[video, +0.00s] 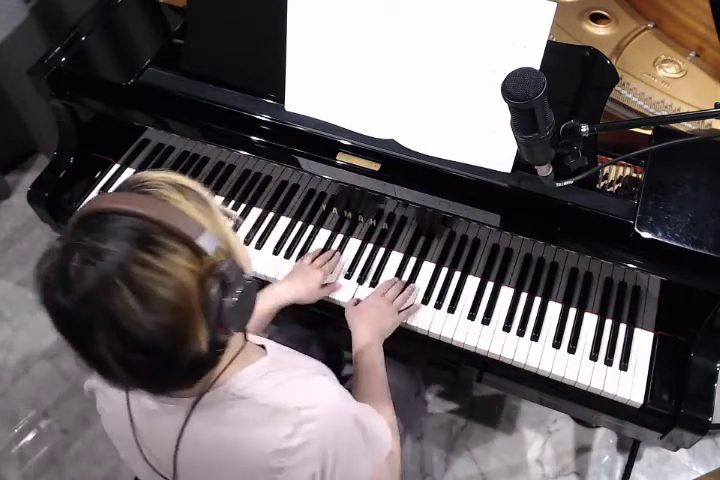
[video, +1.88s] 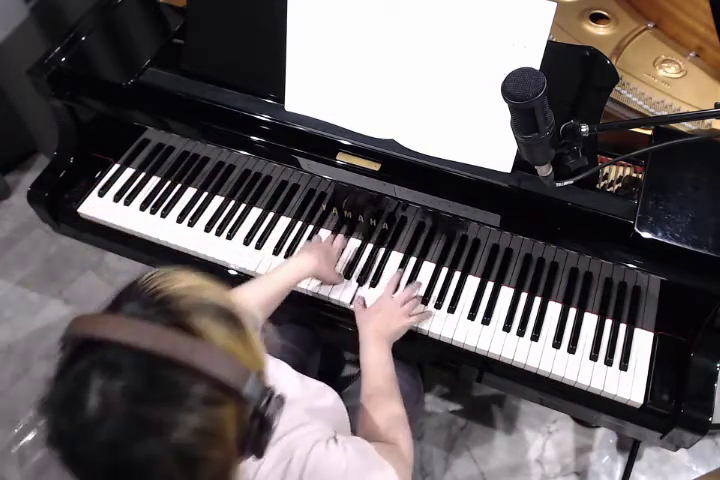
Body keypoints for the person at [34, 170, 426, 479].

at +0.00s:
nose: (229, 224)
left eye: (216, 219)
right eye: (220, 226)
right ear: (220, 293)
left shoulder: (110, 376)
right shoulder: (308, 414)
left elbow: (204, 339)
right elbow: (384, 461)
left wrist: (280, 294)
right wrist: (368, 345)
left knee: (307, 319)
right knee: (393, 361)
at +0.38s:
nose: (185, 232)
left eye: (172, 230)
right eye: (174, 238)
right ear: (172, 315)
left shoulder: (93, 376)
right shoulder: (280, 426)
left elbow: (191, 350)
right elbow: (385, 467)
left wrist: (287, 301)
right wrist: (374, 356)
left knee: (304, 320)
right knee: (398, 376)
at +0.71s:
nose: (160, 263)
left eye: (146, 262)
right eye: (148, 271)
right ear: (147, 355)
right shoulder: (263, 437)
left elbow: (185, 329)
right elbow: (387, 461)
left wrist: (289, 290)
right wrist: (381, 356)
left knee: (305, 322)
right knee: (398, 369)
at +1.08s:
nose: (151, 304)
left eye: (131, 305)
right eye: (142, 323)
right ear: (144, 391)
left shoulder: (142, 380)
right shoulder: (262, 462)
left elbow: (185, 324)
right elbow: (384, 466)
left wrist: (292, 272)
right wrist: (378, 352)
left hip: (260, 374)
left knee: (309, 310)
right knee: (398, 369)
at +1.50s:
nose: (191, 333)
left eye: (174, 333)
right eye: (187, 348)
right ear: (183, 407)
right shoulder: (278, 469)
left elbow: (207, 298)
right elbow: (378, 465)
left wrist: (306, 244)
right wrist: (366, 343)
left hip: (258, 372)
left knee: (301, 328)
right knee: (397, 369)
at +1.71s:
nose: (214, 334)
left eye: (202, 331)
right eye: (207, 341)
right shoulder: (290, 467)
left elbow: (212, 309)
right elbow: (383, 459)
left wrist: (310, 242)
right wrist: (365, 339)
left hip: (264, 368)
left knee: (300, 329)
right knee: (397, 368)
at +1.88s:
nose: (235, 307)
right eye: (238, 348)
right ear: (229, 445)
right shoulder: (311, 461)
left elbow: (228, 317)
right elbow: (393, 461)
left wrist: (299, 268)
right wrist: (378, 341)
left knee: (297, 318)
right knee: (396, 365)